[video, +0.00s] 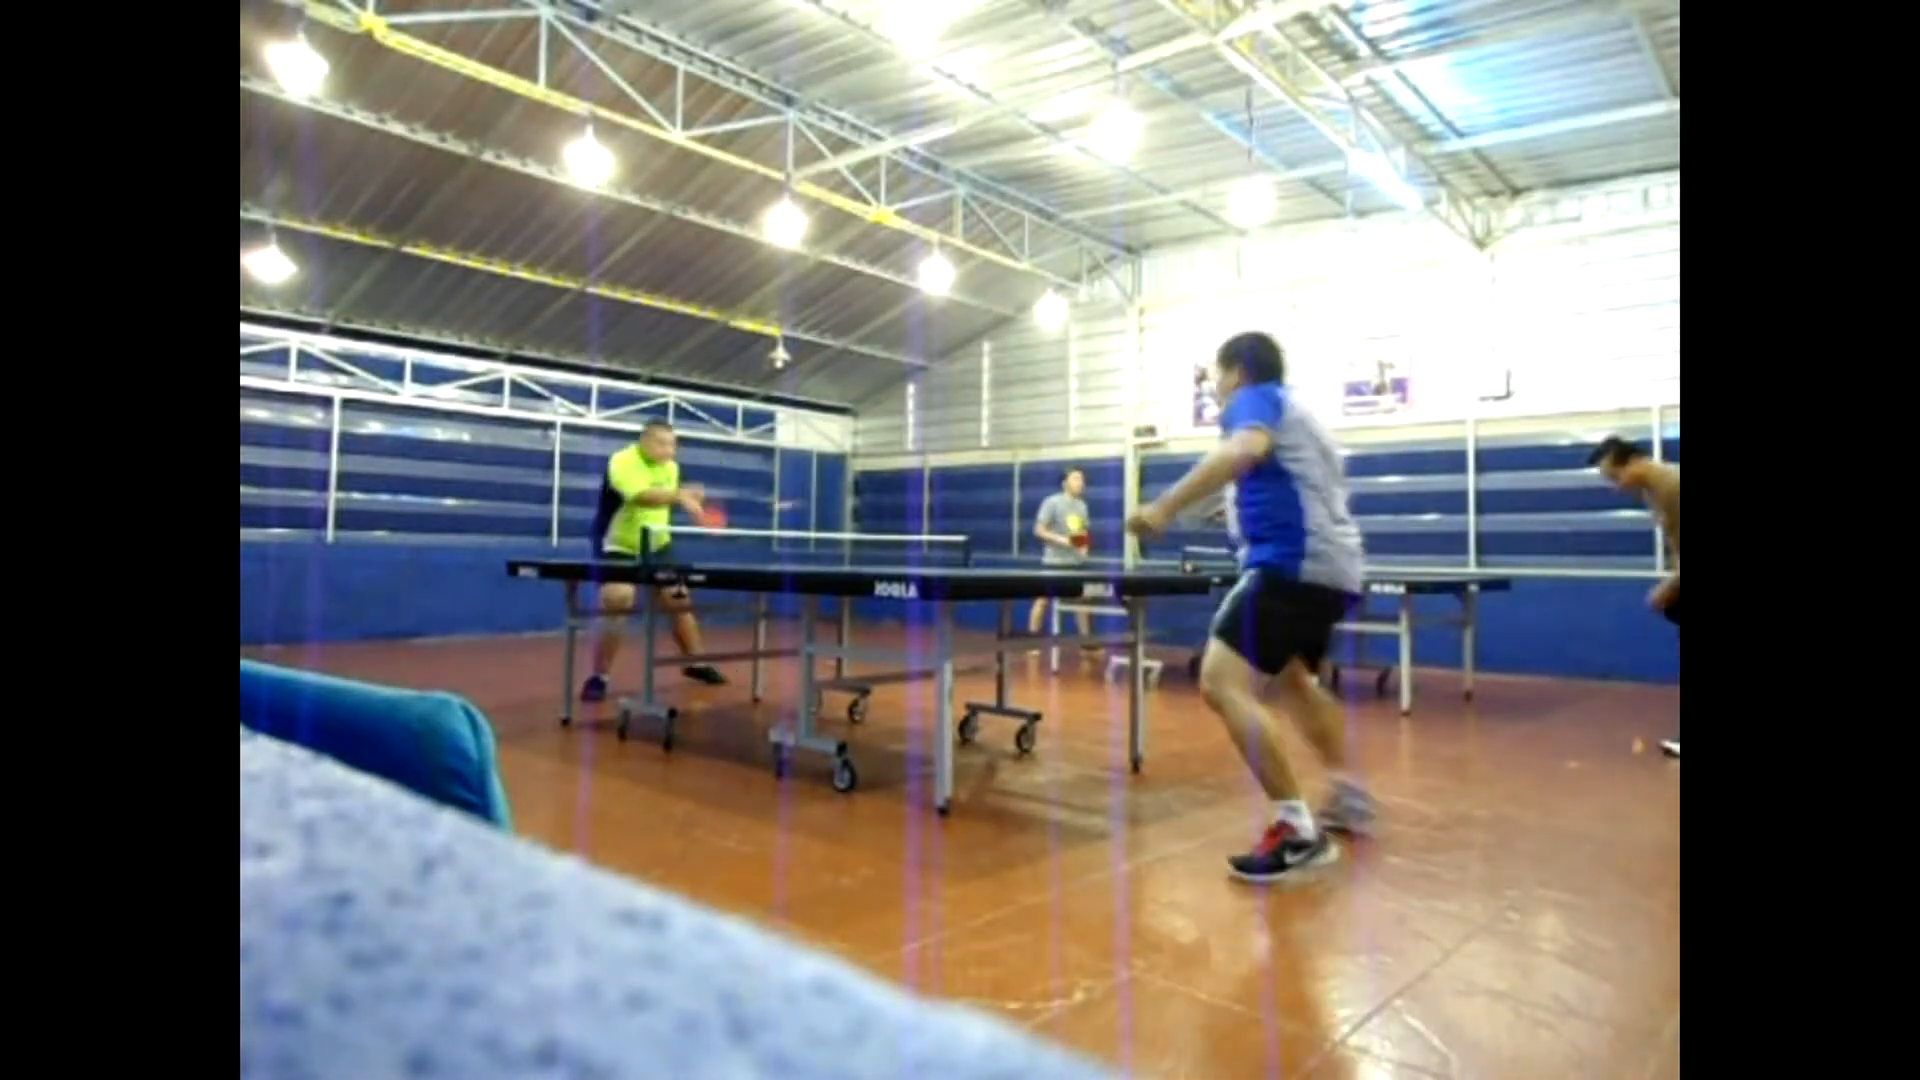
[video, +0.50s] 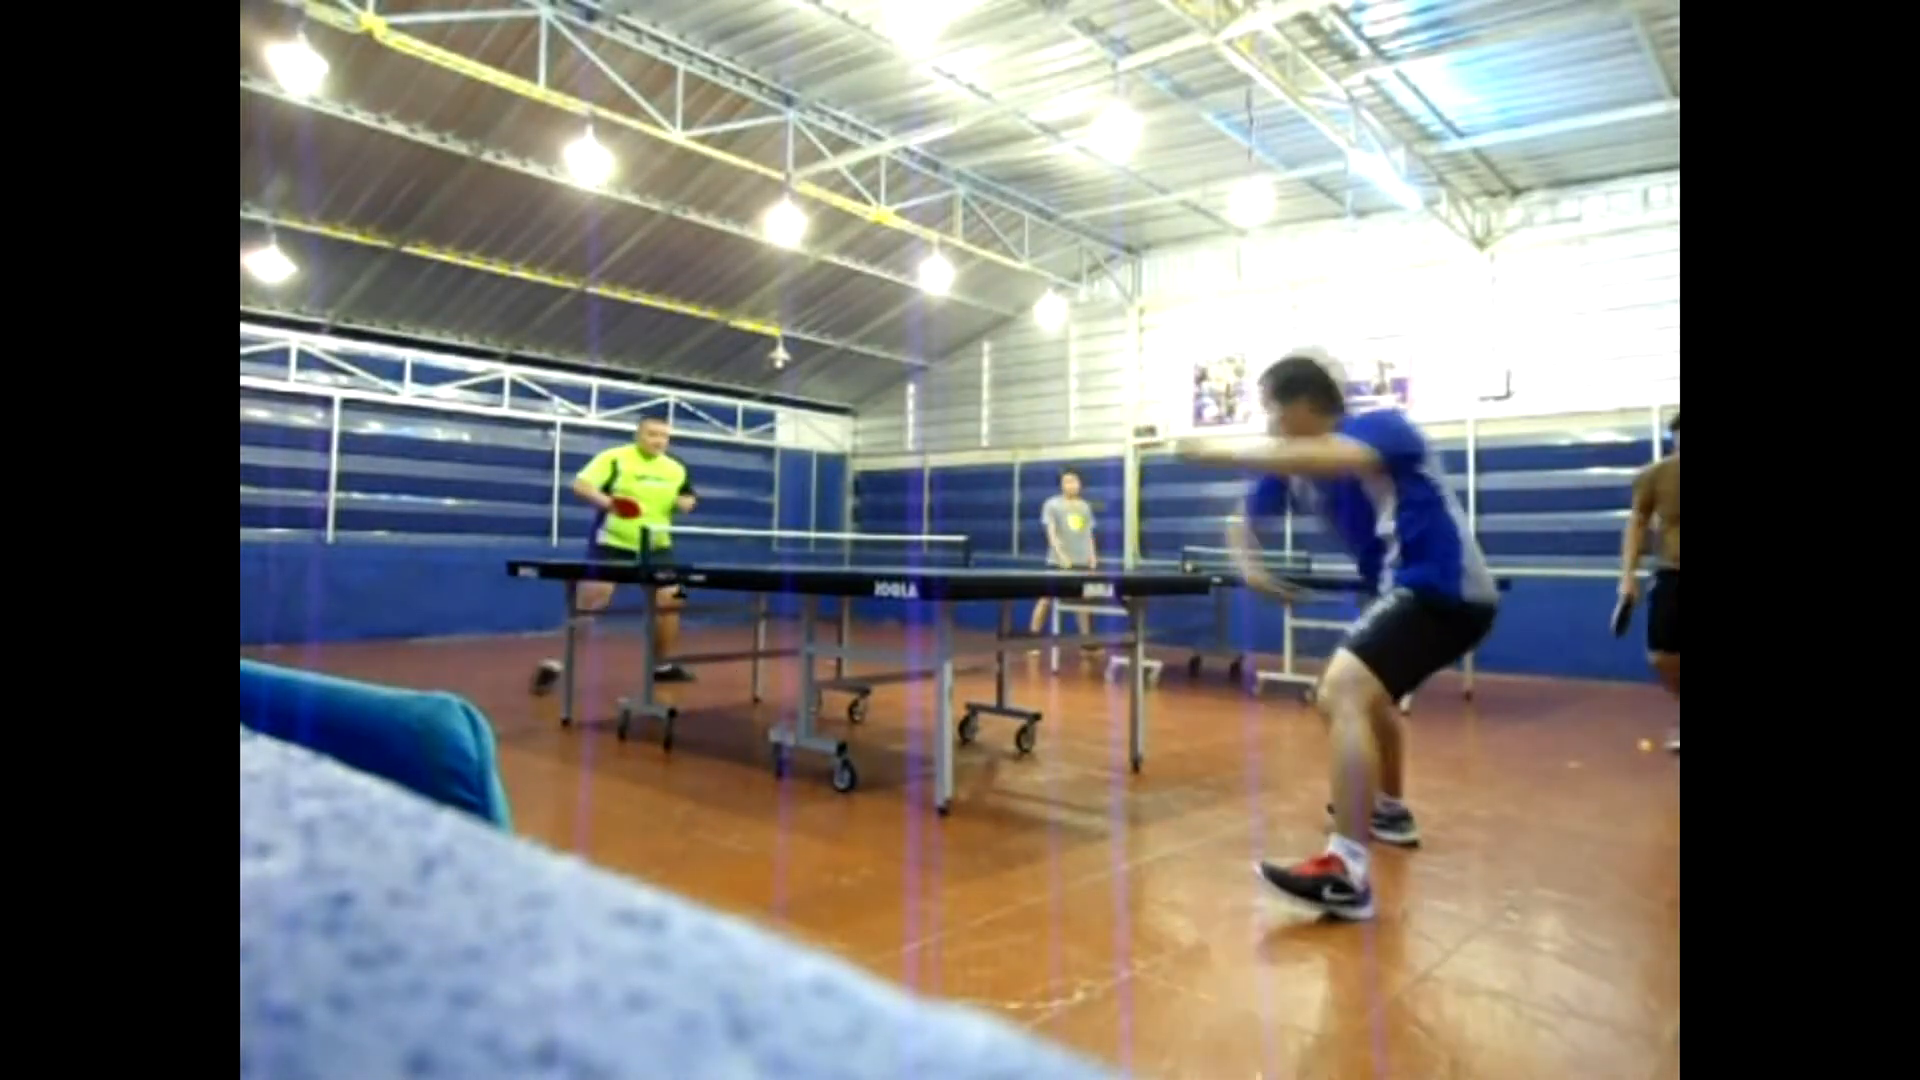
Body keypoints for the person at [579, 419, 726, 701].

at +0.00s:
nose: (667, 450)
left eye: (670, 444)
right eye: (661, 443)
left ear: (673, 447)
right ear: (645, 442)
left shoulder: (671, 467)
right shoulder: (621, 462)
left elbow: (664, 498)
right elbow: (638, 495)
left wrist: (687, 501)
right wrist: (680, 497)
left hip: (658, 544)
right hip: (620, 545)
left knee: (679, 600)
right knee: (618, 602)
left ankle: (695, 661)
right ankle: (600, 675)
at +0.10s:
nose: (666, 444)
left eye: (670, 438)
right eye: (659, 436)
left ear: (672, 441)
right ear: (642, 436)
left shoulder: (669, 465)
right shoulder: (617, 457)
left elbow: (667, 498)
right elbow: (616, 489)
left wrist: (687, 487)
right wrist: (660, 481)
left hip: (658, 543)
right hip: (621, 545)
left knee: (675, 598)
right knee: (620, 602)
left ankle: (674, 659)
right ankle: (601, 674)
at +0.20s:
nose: (665, 443)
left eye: (670, 438)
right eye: (659, 436)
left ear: (673, 442)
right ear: (643, 436)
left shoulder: (672, 470)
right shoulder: (621, 458)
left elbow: (672, 503)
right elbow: (598, 485)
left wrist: (688, 493)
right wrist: (631, 478)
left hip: (660, 546)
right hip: (624, 545)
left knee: (671, 602)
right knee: (624, 602)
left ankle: (664, 662)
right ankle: (601, 675)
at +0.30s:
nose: (667, 443)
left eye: (672, 438)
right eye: (661, 436)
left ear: (676, 442)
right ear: (646, 437)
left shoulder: (679, 474)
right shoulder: (623, 459)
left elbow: (677, 505)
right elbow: (589, 483)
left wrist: (692, 504)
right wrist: (616, 490)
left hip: (661, 548)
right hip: (623, 546)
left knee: (671, 603)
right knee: (617, 601)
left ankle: (663, 663)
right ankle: (599, 671)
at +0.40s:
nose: (664, 442)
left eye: (669, 436)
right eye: (658, 434)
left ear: (674, 440)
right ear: (645, 435)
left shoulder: (681, 471)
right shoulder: (621, 459)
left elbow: (685, 499)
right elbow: (587, 485)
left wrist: (691, 508)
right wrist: (611, 501)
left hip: (661, 544)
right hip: (620, 542)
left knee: (670, 602)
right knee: (607, 598)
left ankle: (664, 662)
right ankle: (582, 666)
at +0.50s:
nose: (658, 441)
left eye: (663, 436)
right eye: (652, 434)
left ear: (668, 439)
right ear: (639, 434)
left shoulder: (676, 470)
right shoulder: (615, 458)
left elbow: (687, 498)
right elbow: (581, 484)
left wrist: (685, 502)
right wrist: (608, 502)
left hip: (657, 545)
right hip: (614, 542)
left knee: (669, 600)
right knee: (591, 599)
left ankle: (664, 662)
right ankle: (560, 663)